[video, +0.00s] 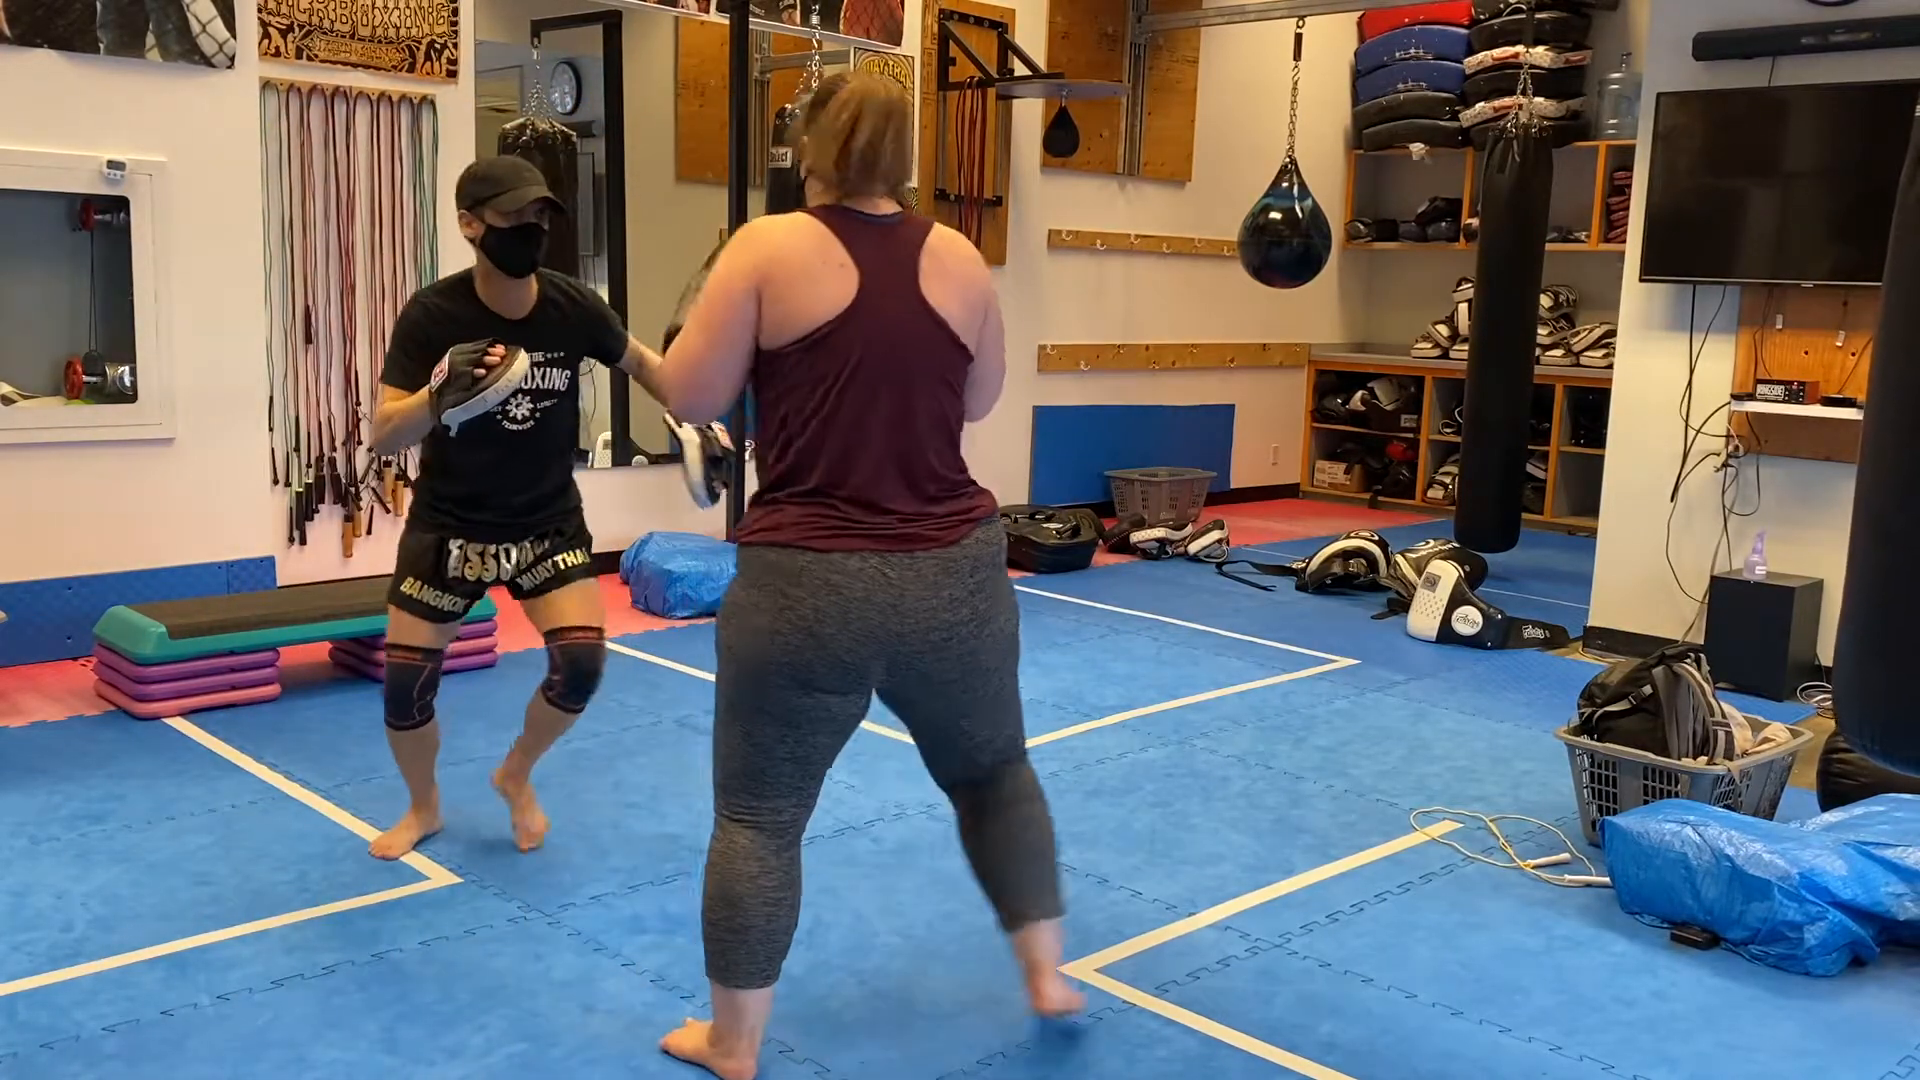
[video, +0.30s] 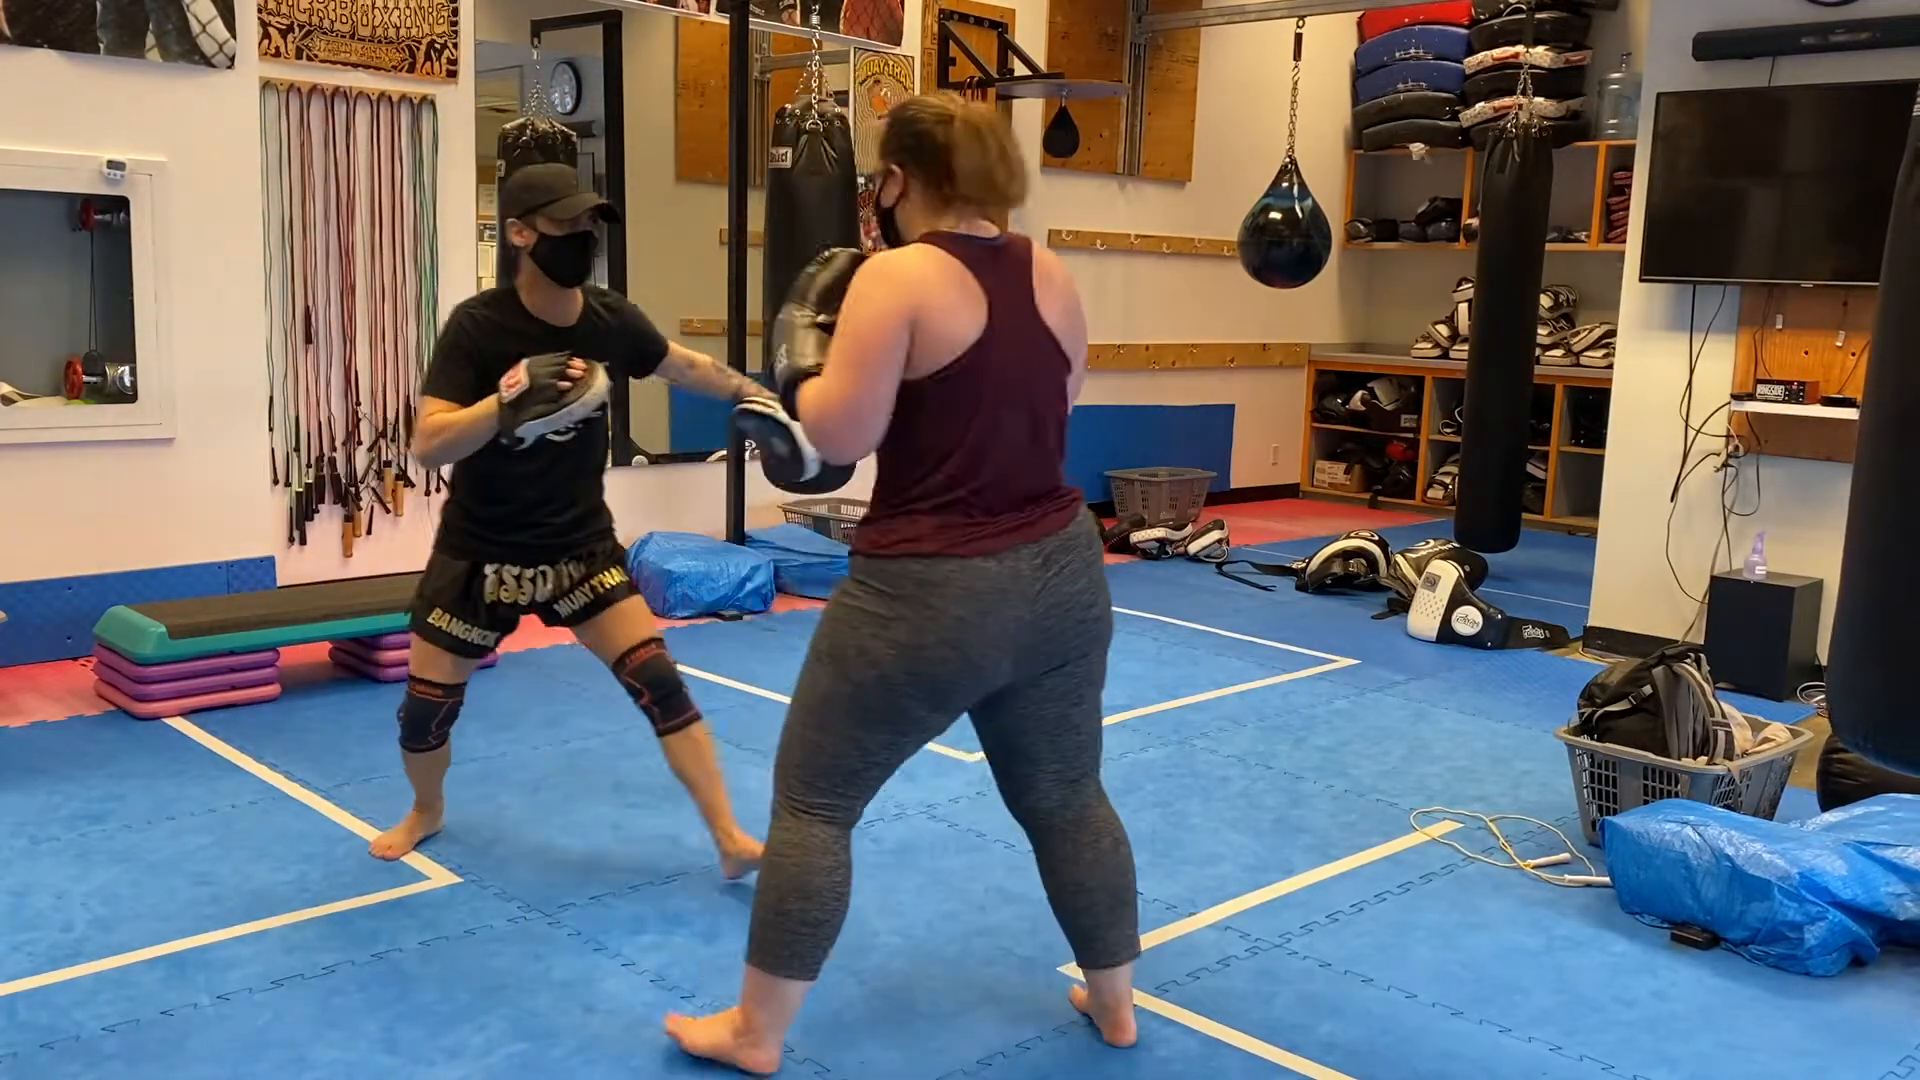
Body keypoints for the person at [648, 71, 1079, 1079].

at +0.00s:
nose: (800, 147)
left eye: (809, 133)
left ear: (815, 145)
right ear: (907, 150)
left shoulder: (763, 249)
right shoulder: (959, 259)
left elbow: (691, 393)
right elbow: (980, 396)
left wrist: (644, 346)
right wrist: (877, 353)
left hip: (803, 592)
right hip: (953, 590)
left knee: (759, 819)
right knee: (991, 768)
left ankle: (735, 1043)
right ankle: (1048, 980)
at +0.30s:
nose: (878, 193)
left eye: (881, 177)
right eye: (879, 178)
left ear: (908, 179)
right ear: (992, 175)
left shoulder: (894, 278)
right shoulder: (1052, 273)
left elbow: (837, 436)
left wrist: (804, 337)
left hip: (925, 594)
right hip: (1061, 575)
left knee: (815, 806)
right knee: (1067, 795)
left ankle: (758, 1030)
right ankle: (1115, 1002)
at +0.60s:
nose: (809, 276)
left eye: (812, 257)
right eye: (805, 257)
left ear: (841, 256)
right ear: (918, 247)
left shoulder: (853, 346)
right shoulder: (988, 311)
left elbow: (797, 503)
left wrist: (762, 425)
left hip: (969, 638)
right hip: (1098, 623)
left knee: (825, 817)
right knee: (1067, 741)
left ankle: (823, 1055)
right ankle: (1136, 931)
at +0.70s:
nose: (802, 356)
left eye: (803, 339)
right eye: (800, 339)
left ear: (827, 338)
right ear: (888, 317)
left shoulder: (865, 410)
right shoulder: (973, 359)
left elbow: (847, 572)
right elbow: (1023, 349)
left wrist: (785, 507)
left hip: (1003, 672)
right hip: (1121, 651)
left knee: (819, 814)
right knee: (1093, 755)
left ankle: (823, 1055)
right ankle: (1171, 906)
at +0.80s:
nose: (829, 416)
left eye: (833, 401)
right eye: (824, 402)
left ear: (863, 392)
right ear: (909, 370)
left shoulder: (900, 451)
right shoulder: (984, 409)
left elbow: (918, 605)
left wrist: (837, 575)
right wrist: (859, 522)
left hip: (1035, 697)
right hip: (1148, 678)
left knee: (834, 820)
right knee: (1104, 764)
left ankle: (825, 1054)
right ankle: (1185, 914)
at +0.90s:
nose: (870, 417)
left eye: (874, 400)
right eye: (865, 401)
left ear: (911, 389)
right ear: (967, 370)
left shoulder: (932, 445)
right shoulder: (1047, 411)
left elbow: (947, 597)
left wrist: (875, 577)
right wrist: (907, 531)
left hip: (1041, 693)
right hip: (1165, 681)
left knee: (861, 824)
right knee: (1118, 755)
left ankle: (828, 1051)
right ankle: (1187, 915)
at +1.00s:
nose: (906, 349)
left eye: (910, 333)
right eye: (904, 334)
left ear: (944, 331)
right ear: (1000, 318)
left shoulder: (955, 396)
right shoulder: (1093, 361)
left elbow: (940, 545)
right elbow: (1152, 475)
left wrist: (885, 496)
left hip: (1046, 653)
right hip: (1171, 644)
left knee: (906, 824)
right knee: (1130, 746)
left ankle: (833, 1045)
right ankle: (1188, 912)